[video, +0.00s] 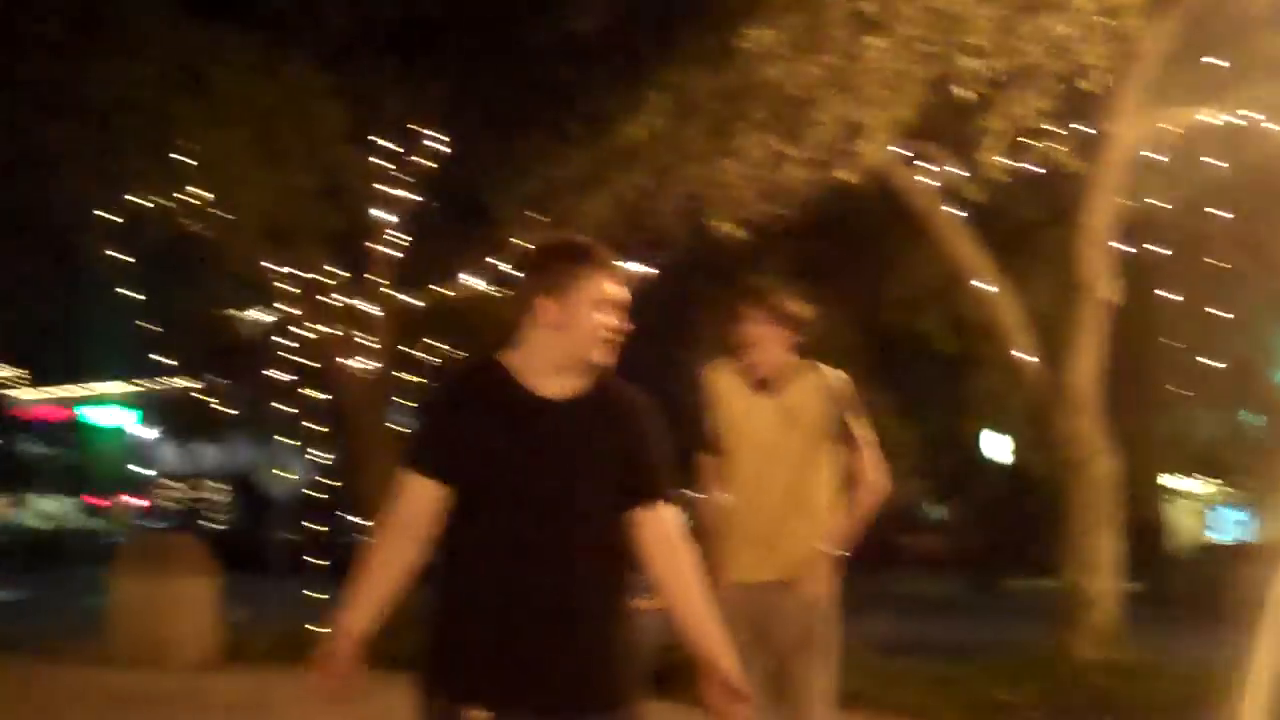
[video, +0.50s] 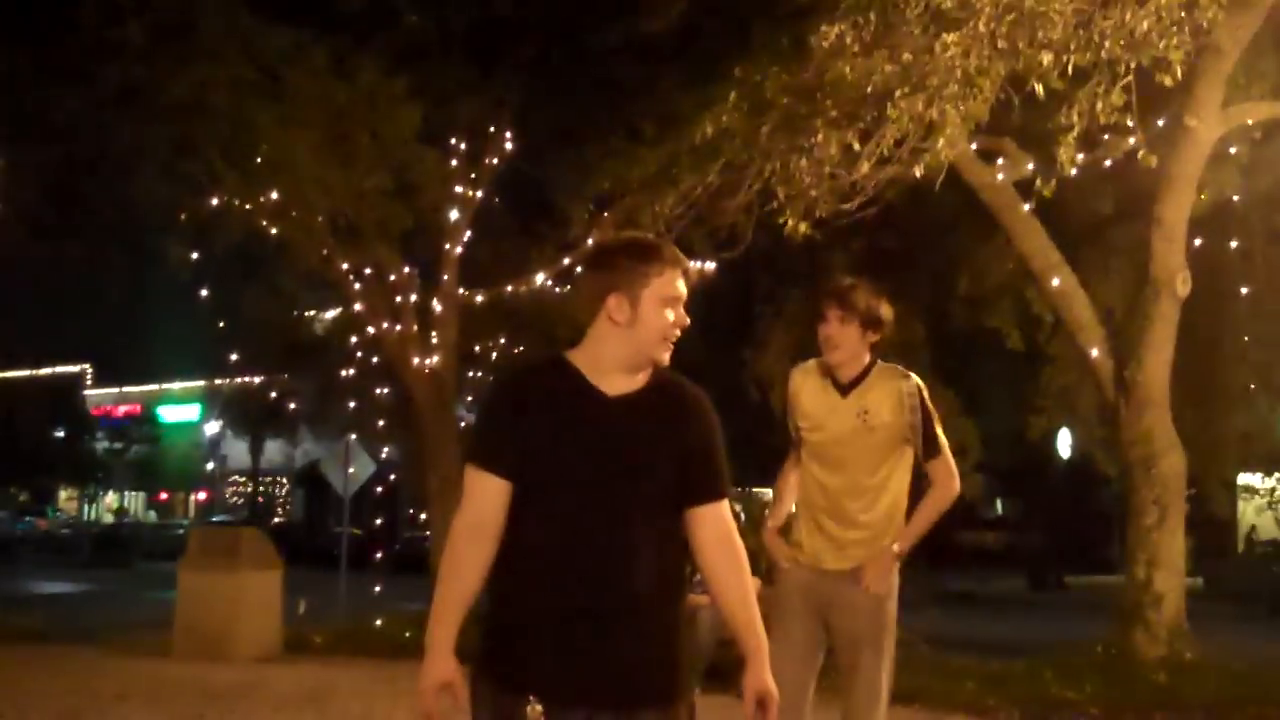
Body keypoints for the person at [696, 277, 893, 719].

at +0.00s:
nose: (747, 356)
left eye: (756, 344)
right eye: (741, 345)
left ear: (789, 336)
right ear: (734, 341)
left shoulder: (830, 386)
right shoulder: (717, 383)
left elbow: (875, 479)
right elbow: (708, 475)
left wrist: (832, 548)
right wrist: (714, 554)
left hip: (807, 579)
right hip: (733, 579)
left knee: (811, 706)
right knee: (737, 704)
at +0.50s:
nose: (826, 330)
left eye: (841, 321)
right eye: (824, 319)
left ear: (872, 333)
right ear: (818, 324)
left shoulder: (903, 390)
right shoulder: (801, 380)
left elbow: (946, 483)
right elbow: (797, 458)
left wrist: (894, 552)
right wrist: (771, 526)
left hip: (868, 580)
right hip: (798, 573)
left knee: (864, 711)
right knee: (782, 708)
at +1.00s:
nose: (796, 329)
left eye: (809, 319)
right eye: (794, 318)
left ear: (840, 327)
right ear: (788, 322)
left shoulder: (878, 379)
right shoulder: (778, 381)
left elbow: (929, 464)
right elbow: (780, 454)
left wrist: (879, 535)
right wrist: (773, 524)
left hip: (854, 565)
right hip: (790, 561)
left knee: (862, 699)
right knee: (784, 694)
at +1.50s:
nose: (834, 295)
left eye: (845, 285)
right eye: (835, 285)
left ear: (877, 294)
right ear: (843, 292)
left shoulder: (923, 346)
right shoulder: (829, 350)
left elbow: (977, 425)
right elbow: (833, 420)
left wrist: (937, 497)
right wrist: (831, 478)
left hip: (913, 530)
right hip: (850, 529)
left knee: (914, 673)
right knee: (846, 665)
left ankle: (909, 715)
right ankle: (850, 714)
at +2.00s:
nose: (848, 371)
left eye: (859, 364)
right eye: (849, 361)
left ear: (887, 378)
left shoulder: (924, 428)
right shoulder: (834, 410)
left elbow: (976, 493)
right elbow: (829, 468)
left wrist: (923, 544)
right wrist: (821, 514)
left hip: (888, 577)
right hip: (830, 567)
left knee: (874, 697)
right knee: (812, 687)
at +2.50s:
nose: (839, 343)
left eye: (850, 334)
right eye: (832, 332)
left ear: (868, 343)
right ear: (819, 339)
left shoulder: (892, 393)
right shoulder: (801, 385)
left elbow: (930, 468)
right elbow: (790, 445)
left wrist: (895, 527)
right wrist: (782, 506)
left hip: (858, 555)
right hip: (800, 547)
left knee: (848, 684)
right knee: (792, 677)